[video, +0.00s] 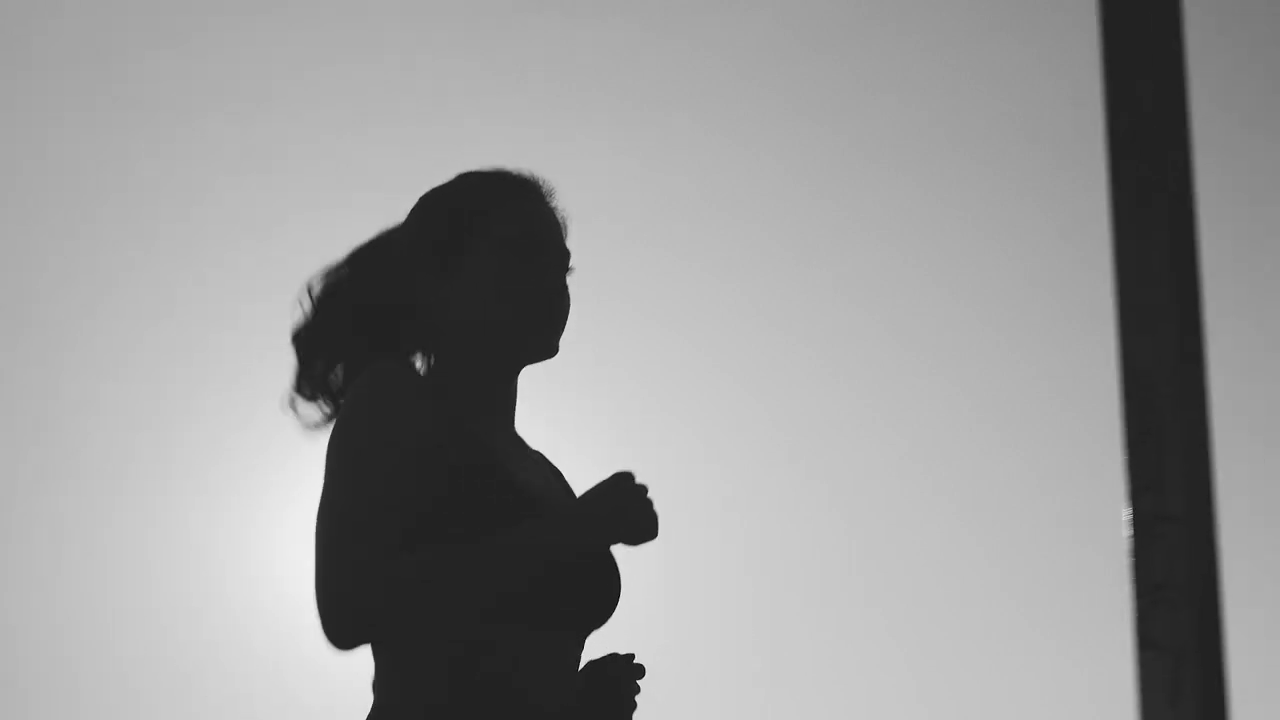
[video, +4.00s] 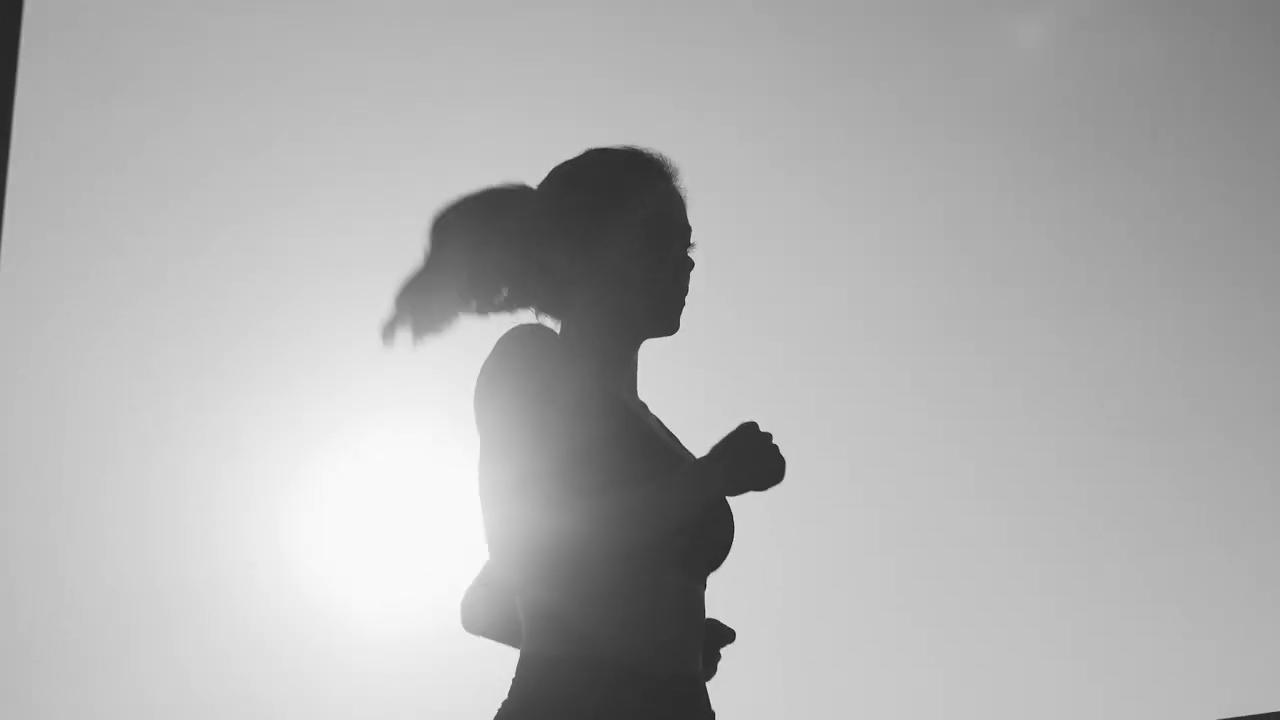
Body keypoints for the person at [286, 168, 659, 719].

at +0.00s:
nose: (563, 292)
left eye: (563, 268)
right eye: (540, 264)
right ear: (463, 273)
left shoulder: (540, 472)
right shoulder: (390, 405)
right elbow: (346, 609)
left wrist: (577, 697)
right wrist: (574, 529)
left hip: (531, 708)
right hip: (423, 705)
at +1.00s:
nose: (643, 294)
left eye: (640, 271)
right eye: (622, 270)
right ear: (548, 285)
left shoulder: (678, 463)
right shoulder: (438, 434)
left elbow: (826, 668)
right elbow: (258, 593)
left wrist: (726, 530)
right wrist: (364, 636)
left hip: (637, 710)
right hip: (506, 710)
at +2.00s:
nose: (749, 278)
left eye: (743, 260)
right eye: (717, 259)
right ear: (634, 279)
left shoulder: (685, 430)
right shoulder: (593, 394)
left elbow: (569, 660)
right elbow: (609, 603)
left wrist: (764, 684)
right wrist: (783, 507)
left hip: (722, 708)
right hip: (653, 706)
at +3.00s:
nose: (739, 276)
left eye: (736, 258)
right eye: (706, 254)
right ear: (614, 282)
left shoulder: (775, 455)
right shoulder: (549, 429)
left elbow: (901, 664)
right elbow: (392, 599)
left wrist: (815, 517)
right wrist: (512, 624)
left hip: (747, 710)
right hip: (614, 707)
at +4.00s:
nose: (688, 260)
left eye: (687, 241)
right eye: (664, 238)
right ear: (598, 249)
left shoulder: (644, 424)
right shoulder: (531, 361)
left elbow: (486, 607)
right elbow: (531, 553)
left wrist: (675, 637)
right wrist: (710, 476)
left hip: (670, 702)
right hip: (575, 698)